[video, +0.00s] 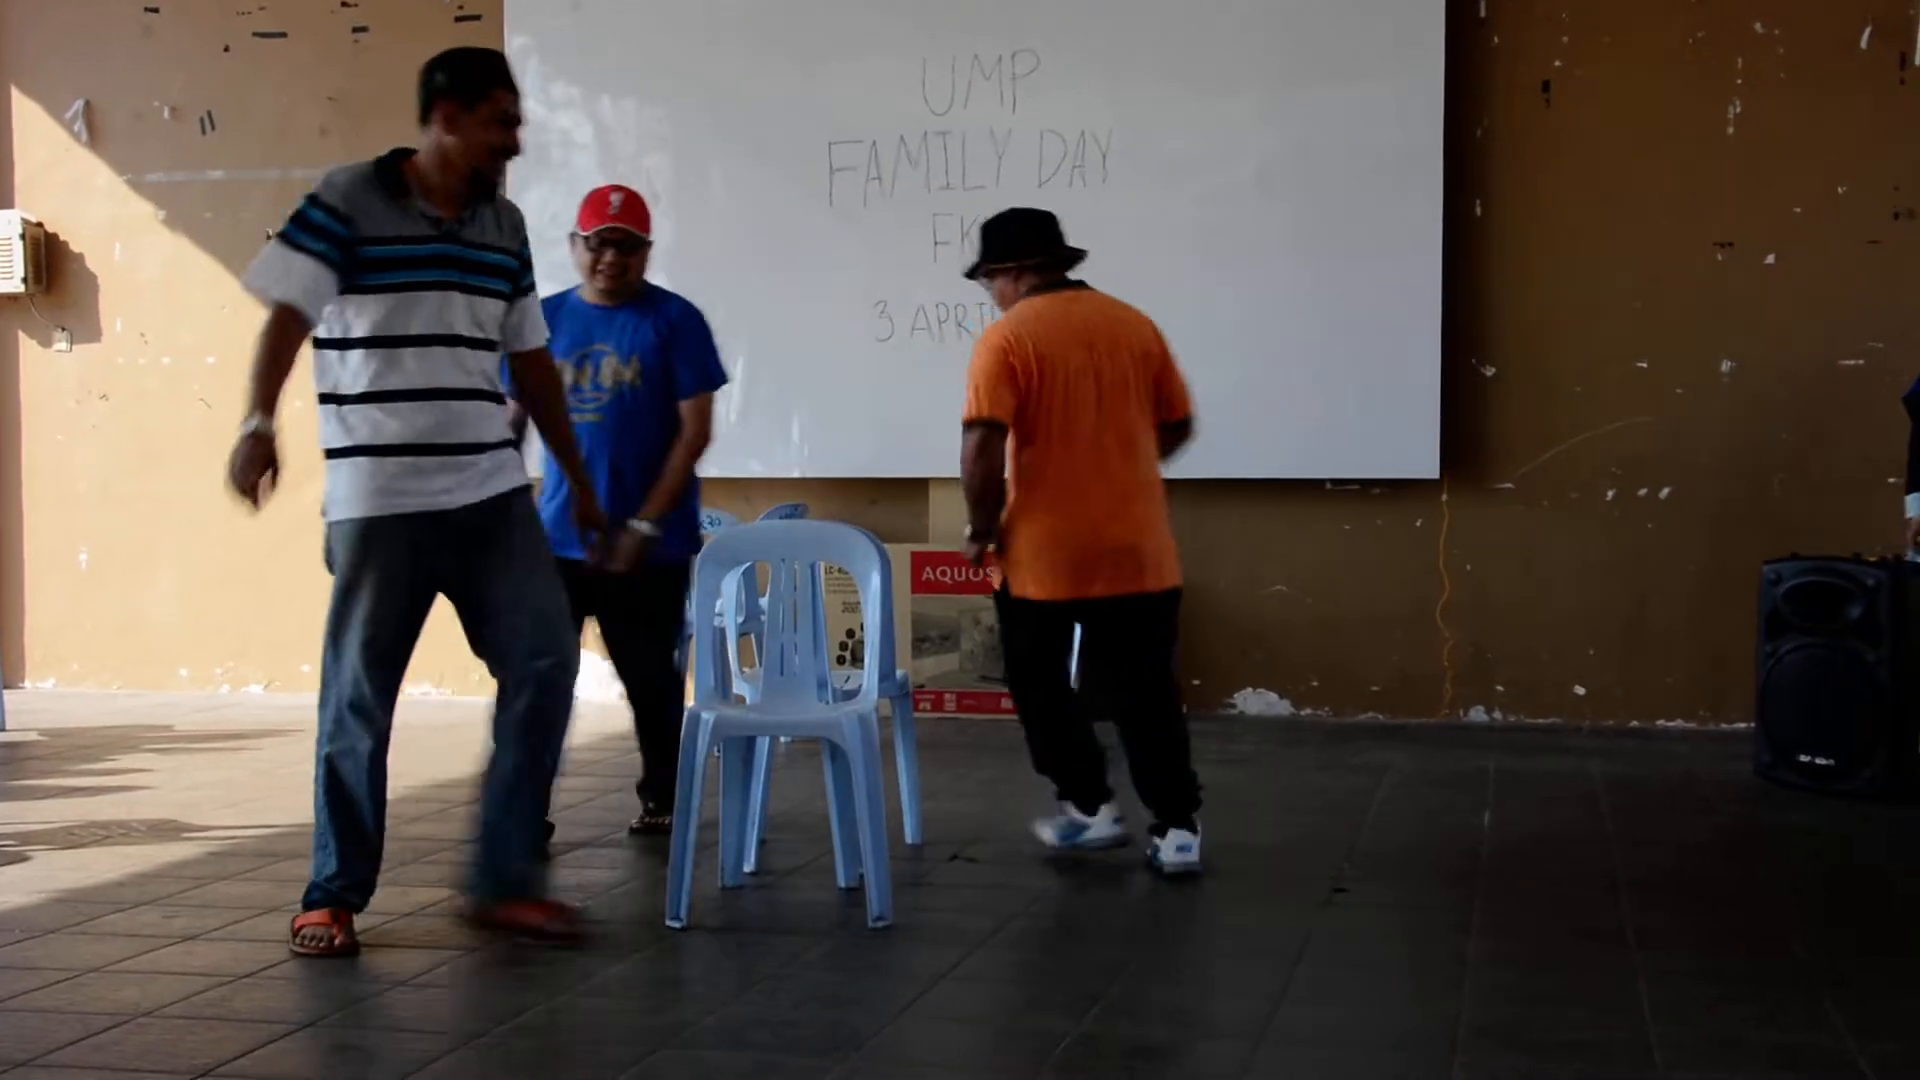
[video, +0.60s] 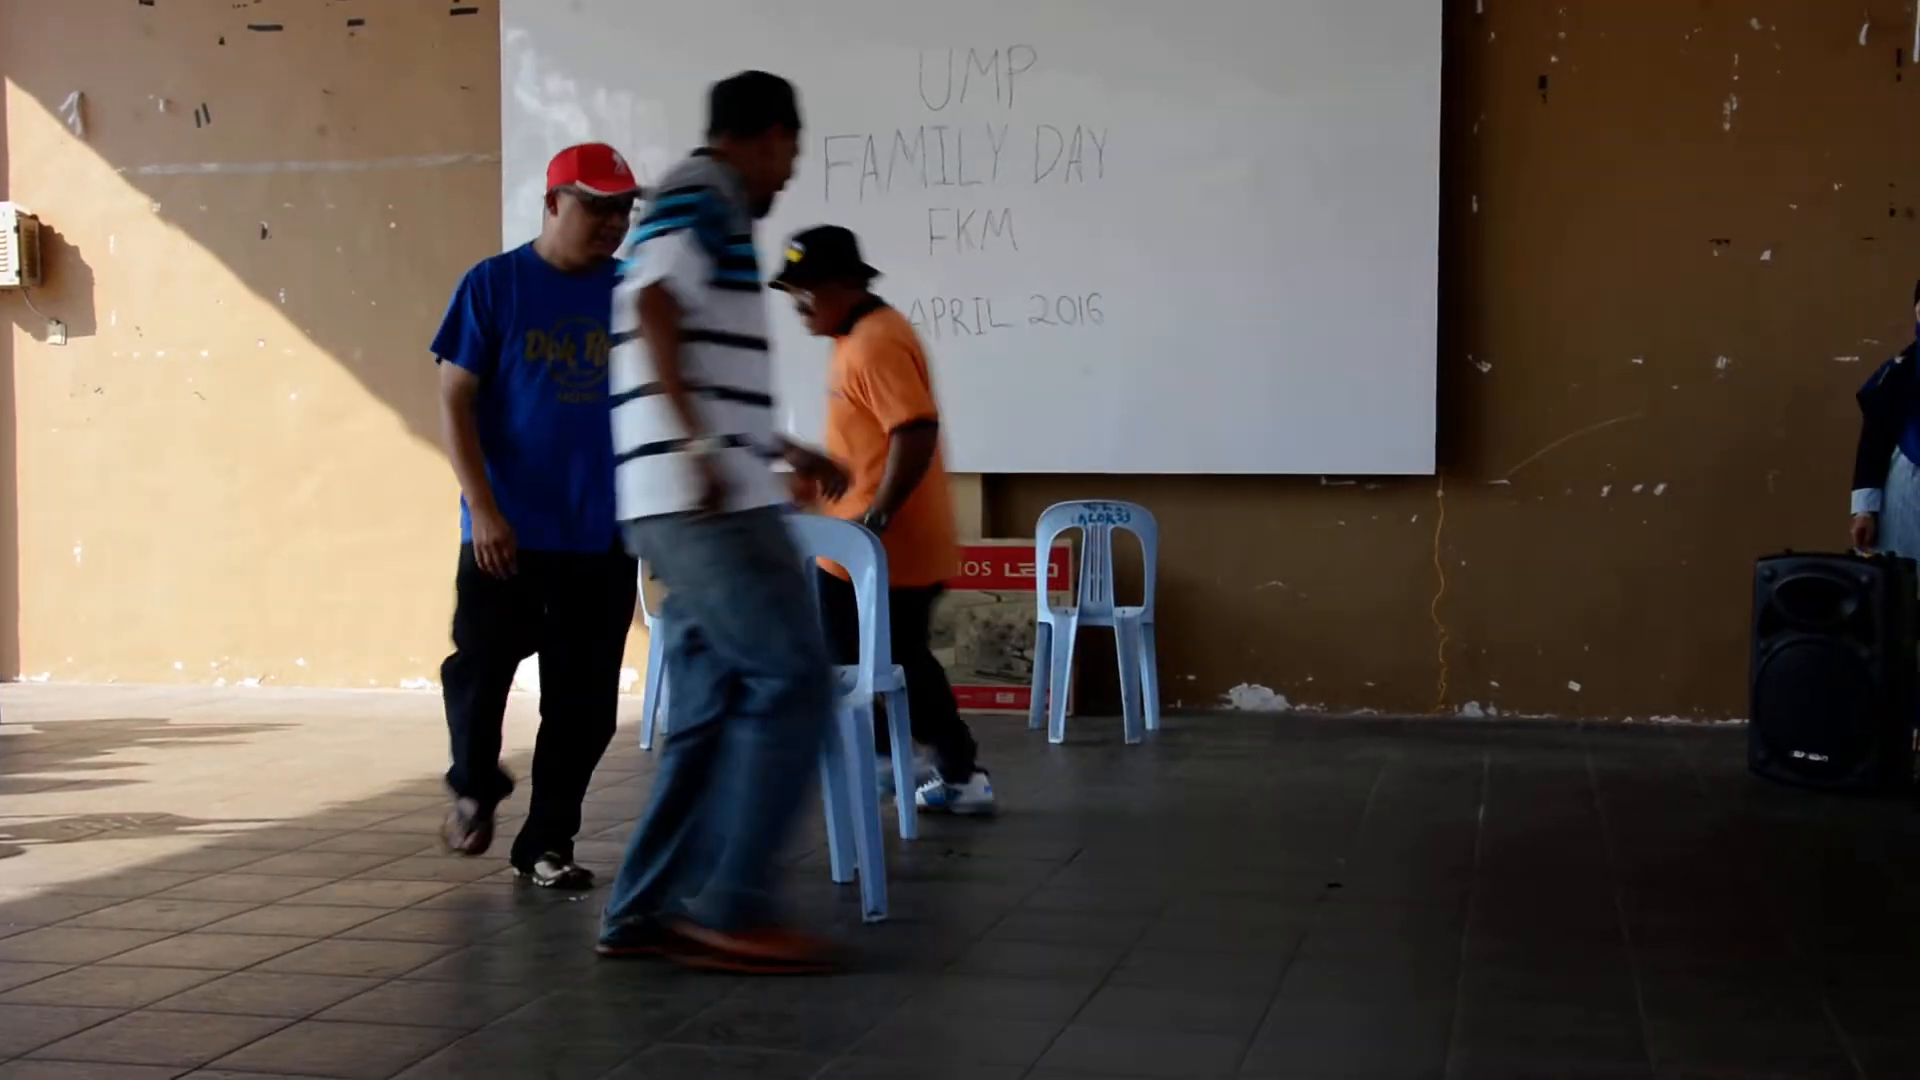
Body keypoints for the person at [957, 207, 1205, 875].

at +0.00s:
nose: (990, 294)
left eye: (991, 280)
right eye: (988, 281)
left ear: (1015, 273)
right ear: (1061, 266)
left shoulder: (1008, 337)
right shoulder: (1133, 323)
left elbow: (983, 450)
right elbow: (1177, 424)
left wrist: (981, 527)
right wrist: (1116, 462)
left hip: (1045, 547)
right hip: (1140, 543)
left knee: (1040, 686)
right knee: (1146, 689)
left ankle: (1087, 809)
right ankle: (1178, 830)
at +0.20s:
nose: (928, 296)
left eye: (930, 280)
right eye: (925, 281)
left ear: (959, 272)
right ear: (989, 268)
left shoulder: (964, 336)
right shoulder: (1061, 319)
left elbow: (971, 434)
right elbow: (1096, 414)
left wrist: (944, 518)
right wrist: (1042, 467)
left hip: (1006, 541)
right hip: (1084, 533)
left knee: (1005, 681)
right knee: (1090, 646)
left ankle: (1049, 805)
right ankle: (1147, 741)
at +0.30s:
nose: (899, 302)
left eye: (903, 287)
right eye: (896, 289)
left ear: (933, 277)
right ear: (961, 272)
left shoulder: (944, 338)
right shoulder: (1023, 322)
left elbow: (939, 441)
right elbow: (1069, 407)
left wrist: (887, 489)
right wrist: (1035, 473)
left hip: (981, 542)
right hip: (1045, 532)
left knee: (989, 679)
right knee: (1020, 652)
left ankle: (1046, 803)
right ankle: (1080, 757)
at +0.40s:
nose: (867, 292)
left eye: (872, 278)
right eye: (864, 280)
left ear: (903, 269)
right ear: (928, 264)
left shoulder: (916, 328)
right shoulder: (987, 311)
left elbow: (914, 428)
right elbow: (1036, 388)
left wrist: (854, 470)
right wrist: (1007, 454)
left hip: (952, 532)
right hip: (1008, 521)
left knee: (957, 665)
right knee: (976, 656)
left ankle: (1041, 781)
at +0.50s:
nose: (835, 305)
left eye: (842, 291)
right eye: (832, 294)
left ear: (875, 284)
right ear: (890, 284)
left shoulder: (897, 341)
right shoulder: (940, 329)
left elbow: (910, 439)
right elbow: (975, 412)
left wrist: (856, 506)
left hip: (924, 545)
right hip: (967, 538)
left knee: (913, 662)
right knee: (939, 660)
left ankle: (975, 759)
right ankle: (970, 770)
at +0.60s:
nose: (799, 306)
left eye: (806, 292)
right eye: (795, 294)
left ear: (841, 285)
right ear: (842, 288)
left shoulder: (876, 339)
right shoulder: (857, 339)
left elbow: (915, 434)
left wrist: (872, 518)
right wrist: (827, 475)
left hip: (895, 545)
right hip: (880, 539)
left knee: (900, 660)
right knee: (902, 660)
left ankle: (962, 770)